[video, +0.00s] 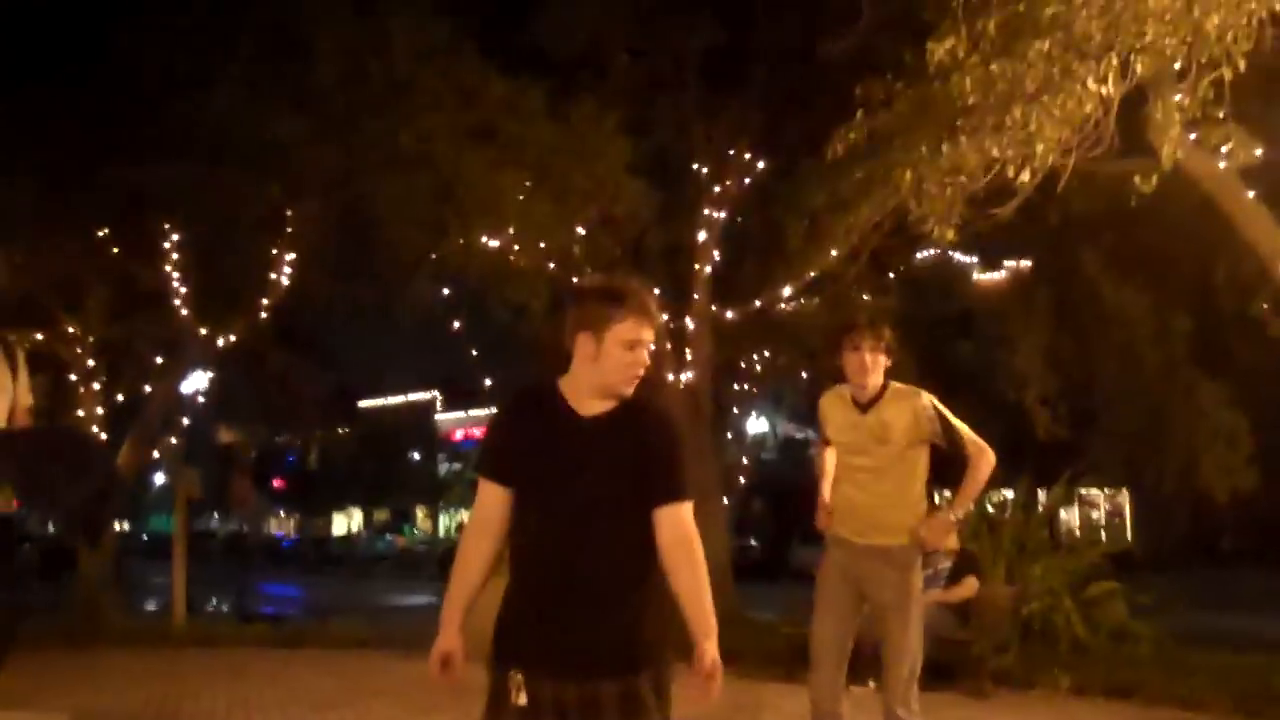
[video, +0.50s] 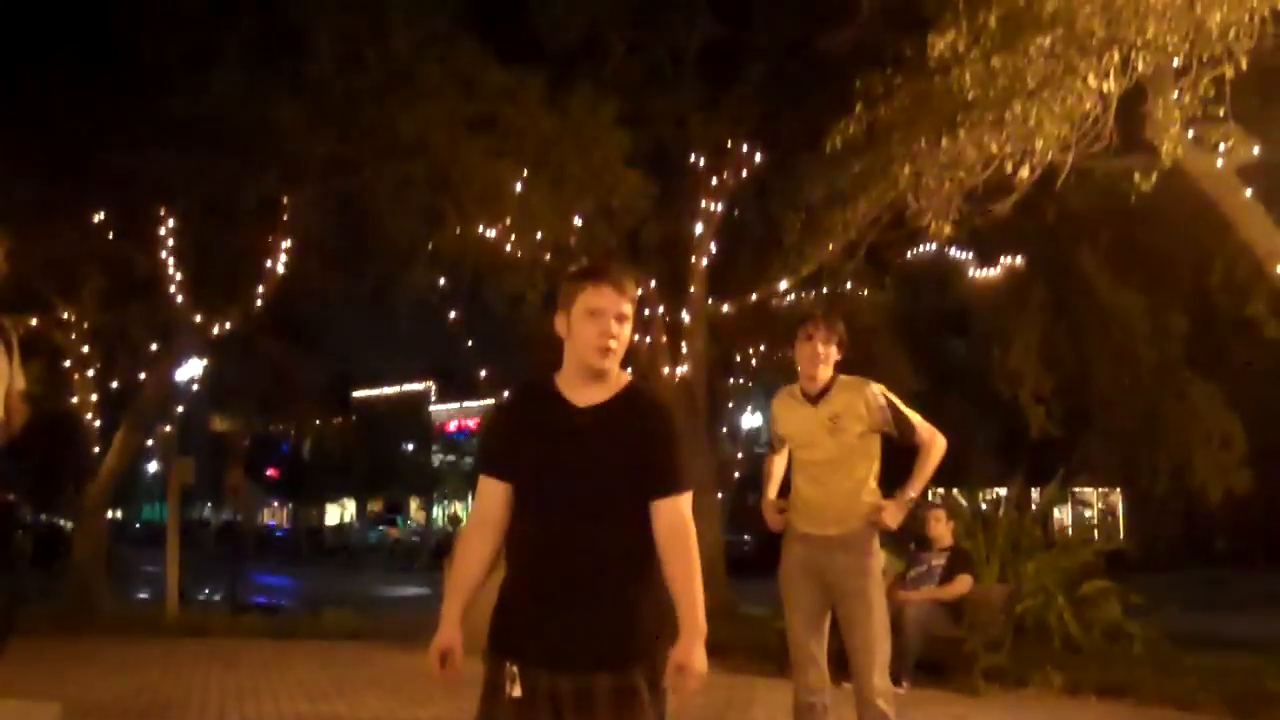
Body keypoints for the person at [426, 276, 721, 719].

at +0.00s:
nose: (644, 361)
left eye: (648, 348)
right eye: (631, 346)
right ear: (583, 344)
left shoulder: (651, 428)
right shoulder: (524, 417)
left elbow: (679, 538)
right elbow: (485, 525)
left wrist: (706, 635)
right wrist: (450, 624)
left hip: (628, 659)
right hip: (533, 658)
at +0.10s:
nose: (652, 339)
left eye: (657, 326)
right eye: (639, 322)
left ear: (663, 330)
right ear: (593, 320)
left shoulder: (661, 406)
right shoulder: (532, 397)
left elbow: (688, 516)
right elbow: (492, 503)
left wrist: (717, 616)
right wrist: (454, 597)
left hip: (631, 642)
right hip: (535, 639)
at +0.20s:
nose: (631, 336)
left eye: (638, 322)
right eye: (615, 319)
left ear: (646, 328)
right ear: (573, 321)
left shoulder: (653, 415)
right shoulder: (522, 405)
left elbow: (681, 521)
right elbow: (482, 510)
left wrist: (709, 623)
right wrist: (445, 607)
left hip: (624, 649)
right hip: (527, 645)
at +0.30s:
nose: (616, 343)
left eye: (627, 330)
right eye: (600, 328)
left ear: (637, 340)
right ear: (566, 332)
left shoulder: (653, 429)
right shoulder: (521, 424)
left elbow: (681, 531)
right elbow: (484, 524)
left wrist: (705, 633)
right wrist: (446, 618)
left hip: (627, 655)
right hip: (531, 654)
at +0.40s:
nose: (612, 332)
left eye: (623, 321)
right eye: (597, 318)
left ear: (634, 334)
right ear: (563, 325)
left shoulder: (653, 419)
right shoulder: (520, 415)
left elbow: (677, 527)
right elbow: (485, 521)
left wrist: (699, 635)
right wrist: (448, 618)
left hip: (623, 649)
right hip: (528, 649)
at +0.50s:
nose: (609, 329)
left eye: (621, 318)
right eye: (594, 314)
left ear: (632, 332)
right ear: (562, 323)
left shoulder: (650, 418)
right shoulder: (519, 414)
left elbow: (675, 529)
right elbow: (486, 521)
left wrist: (693, 632)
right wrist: (450, 617)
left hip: (624, 649)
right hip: (527, 648)